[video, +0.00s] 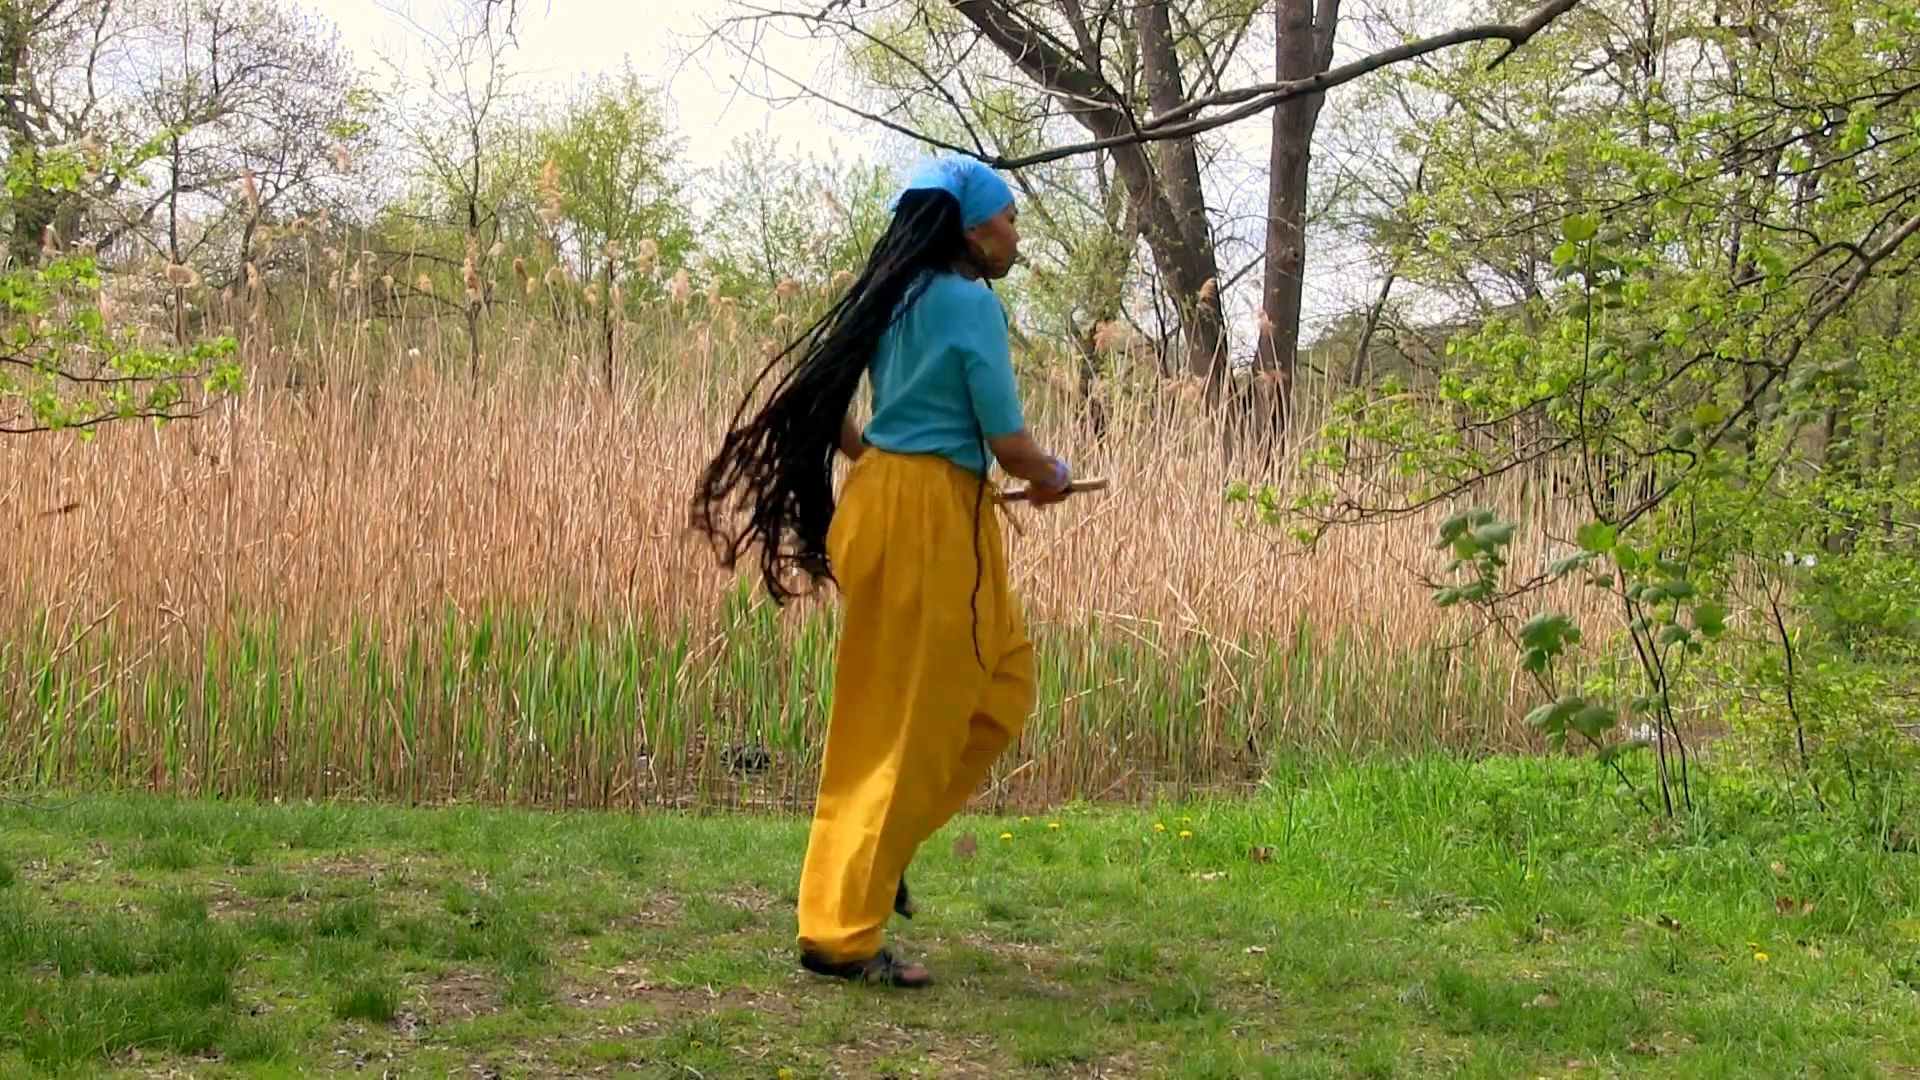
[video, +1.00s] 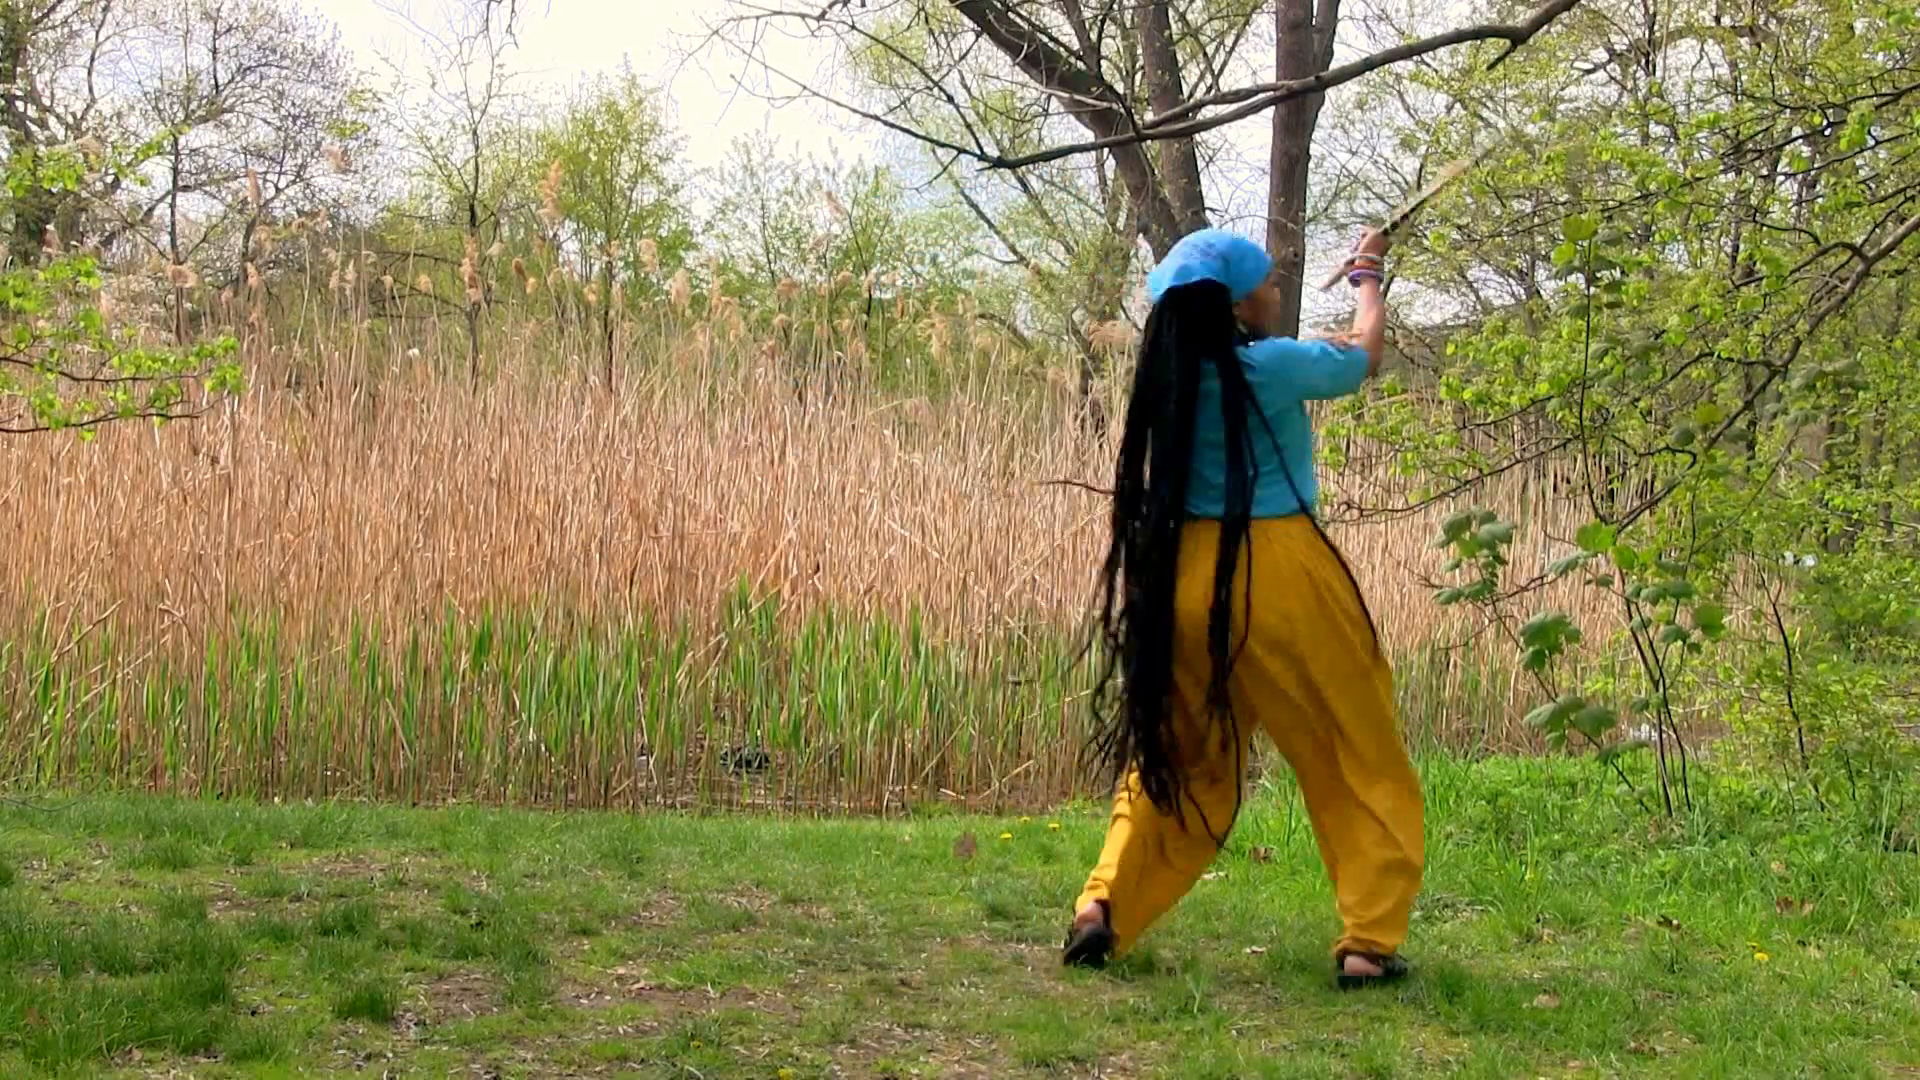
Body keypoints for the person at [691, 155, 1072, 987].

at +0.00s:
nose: (1016, 231)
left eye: (1014, 216)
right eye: (1005, 217)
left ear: (950, 227)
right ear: (964, 226)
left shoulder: (898, 296)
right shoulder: (970, 303)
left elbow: (826, 402)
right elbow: (1007, 441)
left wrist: (876, 463)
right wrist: (1046, 471)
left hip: (881, 499)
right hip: (928, 510)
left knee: (1004, 691)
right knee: (904, 714)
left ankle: (887, 842)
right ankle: (838, 930)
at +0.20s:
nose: (1005, 296)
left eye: (1003, 281)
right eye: (999, 282)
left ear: (919, 289)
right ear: (966, 291)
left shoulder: (861, 345)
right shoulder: (998, 369)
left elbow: (762, 402)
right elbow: (1012, 506)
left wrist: (747, 500)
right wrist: (984, 536)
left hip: (840, 535)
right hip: (943, 546)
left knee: (842, 732)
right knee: (950, 759)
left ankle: (796, 903)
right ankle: (855, 935)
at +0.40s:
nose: (1001, 322)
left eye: (996, 309)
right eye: (991, 311)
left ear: (917, 319)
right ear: (959, 320)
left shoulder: (868, 371)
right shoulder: (997, 384)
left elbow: (763, 416)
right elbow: (1040, 514)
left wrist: (778, 513)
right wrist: (1012, 544)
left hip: (852, 558)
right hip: (949, 564)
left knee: (862, 741)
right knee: (1038, 743)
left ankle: (802, 909)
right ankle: (956, 890)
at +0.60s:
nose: (1047, 300)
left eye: (1041, 288)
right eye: (1038, 290)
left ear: (969, 301)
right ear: (1006, 298)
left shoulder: (917, 368)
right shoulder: (1043, 354)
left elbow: (821, 432)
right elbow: (1146, 442)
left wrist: (883, 417)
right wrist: (1229, 494)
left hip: (922, 557)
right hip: (1021, 554)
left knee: (898, 738)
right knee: (1152, 704)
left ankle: (810, 909)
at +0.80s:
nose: (1162, 274)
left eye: (1156, 261)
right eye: (1151, 263)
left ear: (1083, 281)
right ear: (1119, 278)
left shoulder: (1046, 347)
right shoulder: (1151, 331)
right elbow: (1268, 373)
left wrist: (1183, 331)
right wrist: (1351, 354)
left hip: (1073, 533)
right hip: (1179, 522)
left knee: (1017, 707)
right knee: (1288, 704)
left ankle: (1025, 870)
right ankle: (1359, 889)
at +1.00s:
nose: (1276, 289)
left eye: (1271, 278)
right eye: (1266, 279)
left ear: (1190, 304)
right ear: (1236, 301)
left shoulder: (1168, 371)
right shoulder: (1276, 362)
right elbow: (1361, 355)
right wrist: (1370, 278)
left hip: (1182, 567)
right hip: (1280, 568)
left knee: (1172, 750)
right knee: (1354, 749)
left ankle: (1101, 901)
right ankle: (1367, 941)